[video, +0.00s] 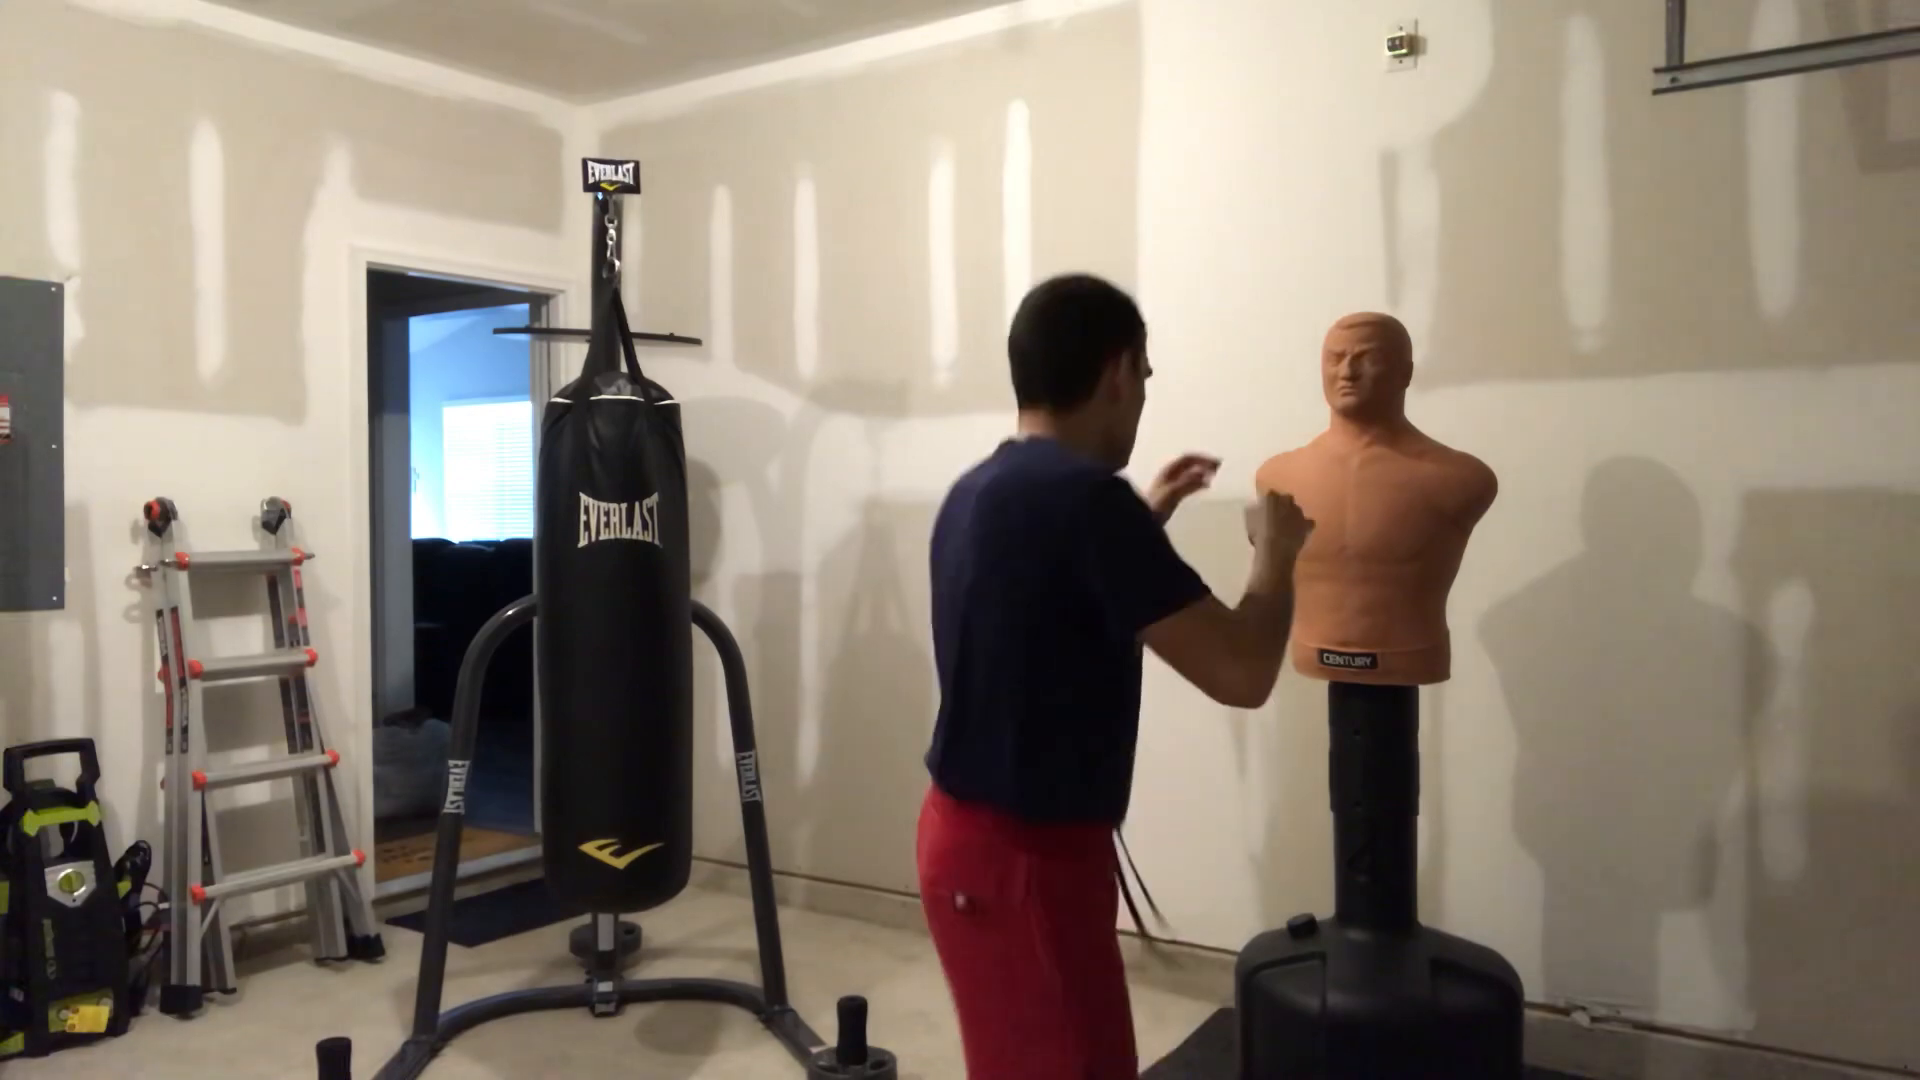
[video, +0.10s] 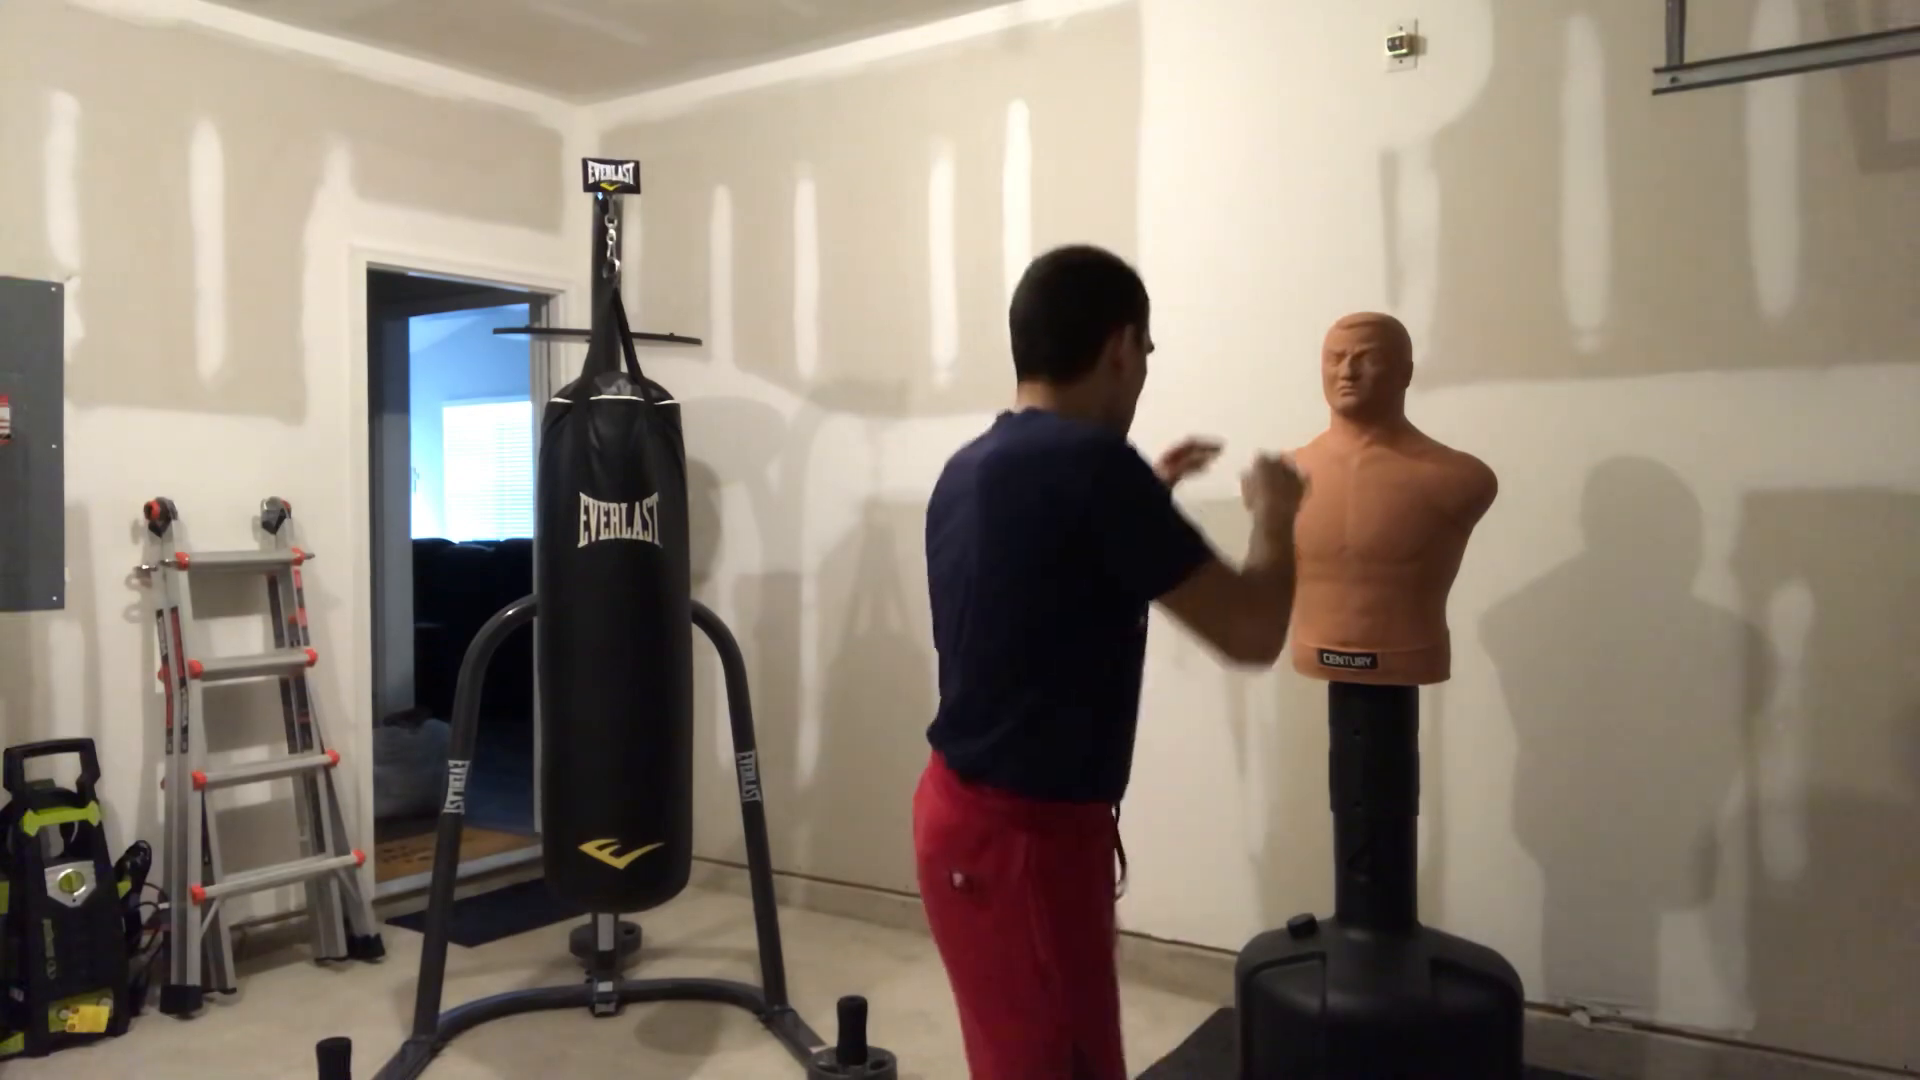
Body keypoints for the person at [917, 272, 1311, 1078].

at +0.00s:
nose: (1144, 398)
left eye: (1144, 376)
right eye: (1142, 375)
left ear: (1025, 375)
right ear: (1111, 376)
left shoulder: (974, 494)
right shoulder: (1084, 501)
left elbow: (1061, 616)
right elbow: (1242, 673)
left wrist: (1146, 516)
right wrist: (1274, 553)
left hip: (962, 843)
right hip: (1035, 855)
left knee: (1011, 1064)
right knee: (1088, 1065)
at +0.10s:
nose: (1144, 374)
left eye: (1145, 353)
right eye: (1143, 351)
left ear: (1024, 346)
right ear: (1115, 349)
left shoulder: (967, 469)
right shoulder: (1091, 467)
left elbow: (1049, 576)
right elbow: (1252, 633)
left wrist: (1146, 489)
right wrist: (1274, 522)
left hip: (965, 823)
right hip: (1033, 839)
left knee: (1014, 1061)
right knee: (1071, 1065)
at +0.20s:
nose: (1143, 368)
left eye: (1146, 346)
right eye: (1143, 345)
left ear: (1024, 342)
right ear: (1115, 342)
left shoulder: (972, 461)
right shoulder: (1097, 464)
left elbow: (1075, 549)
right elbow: (1272, 606)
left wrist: (1158, 453)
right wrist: (1278, 484)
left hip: (958, 816)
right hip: (1032, 833)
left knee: (1006, 1061)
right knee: (1070, 1064)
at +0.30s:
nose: (1145, 380)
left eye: (1147, 358)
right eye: (1145, 357)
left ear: (1027, 357)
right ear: (1121, 355)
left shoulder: (980, 469)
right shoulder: (1094, 484)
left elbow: (1076, 527)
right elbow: (1274, 622)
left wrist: (1151, 432)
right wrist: (1282, 493)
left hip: (963, 837)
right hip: (1029, 851)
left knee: (997, 1063)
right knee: (1059, 1065)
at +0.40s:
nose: (1151, 373)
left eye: (1152, 353)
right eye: (1151, 351)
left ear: (1031, 354)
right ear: (1129, 352)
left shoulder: (984, 462)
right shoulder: (1109, 481)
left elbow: (1063, 529)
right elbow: (1269, 636)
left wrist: (1137, 432)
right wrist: (1294, 518)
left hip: (963, 819)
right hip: (1029, 839)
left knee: (989, 1057)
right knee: (1050, 1061)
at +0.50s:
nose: (1155, 372)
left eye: (1153, 353)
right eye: (1154, 352)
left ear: (1036, 358)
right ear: (1134, 354)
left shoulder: (991, 462)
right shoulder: (1130, 481)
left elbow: (1063, 519)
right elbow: (1293, 616)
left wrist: (1131, 440)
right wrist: (1305, 508)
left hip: (980, 813)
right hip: (1029, 834)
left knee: (1093, 1021)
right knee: (1026, 1061)